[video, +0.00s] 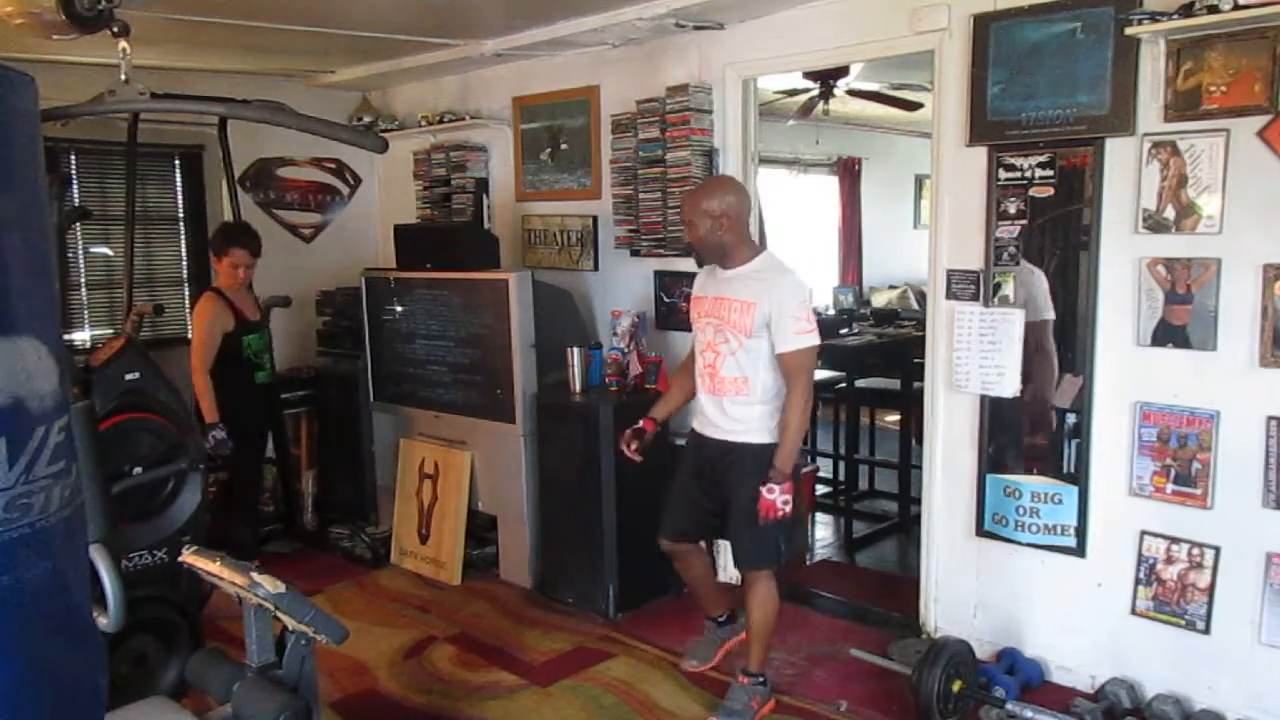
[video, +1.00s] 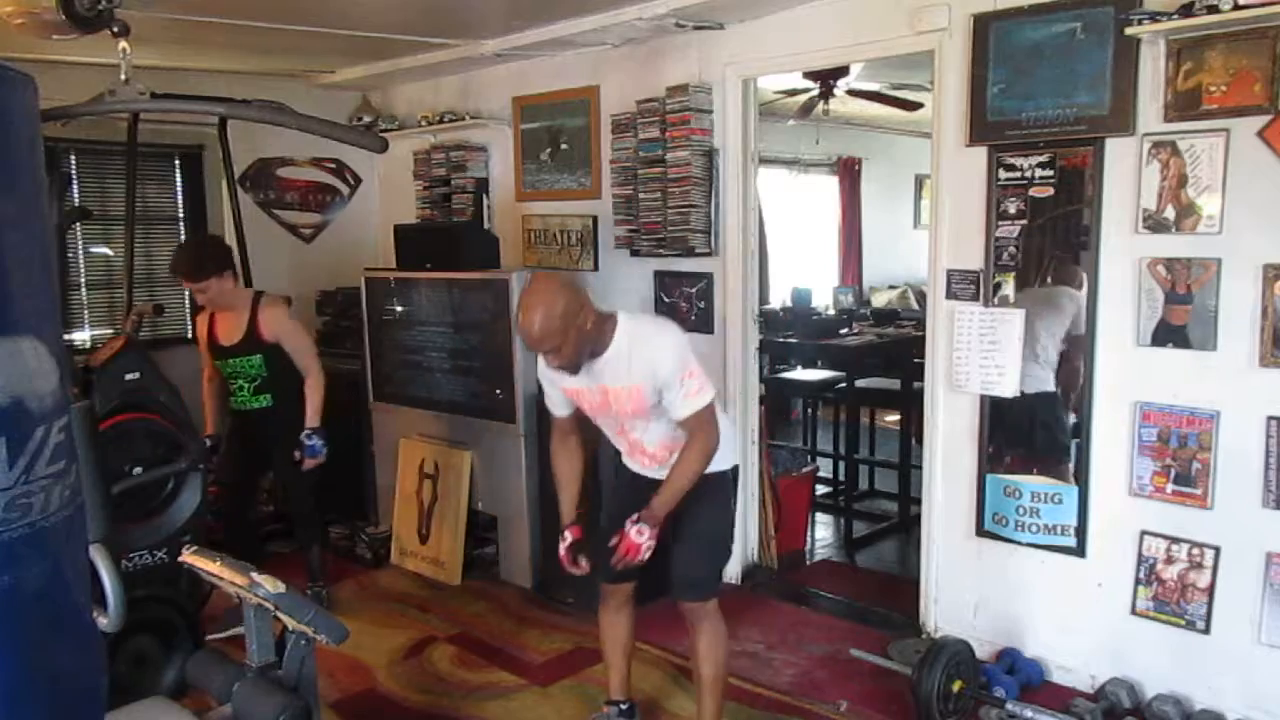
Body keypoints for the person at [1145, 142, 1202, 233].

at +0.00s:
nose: (1157, 158)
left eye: (1159, 153)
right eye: (1155, 156)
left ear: (1168, 150)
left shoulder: (1175, 161)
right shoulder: (1164, 166)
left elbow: (1170, 187)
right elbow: (1161, 188)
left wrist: (1160, 213)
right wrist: (1157, 212)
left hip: (1190, 211)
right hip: (1180, 212)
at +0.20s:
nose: (1157, 158)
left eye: (1159, 153)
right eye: (1155, 155)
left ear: (1168, 150)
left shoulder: (1175, 161)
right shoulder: (1164, 166)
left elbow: (1170, 187)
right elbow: (1161, 188)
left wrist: (1160, 213)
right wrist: (1157, 212)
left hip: (1190, 210)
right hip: (1180, 212)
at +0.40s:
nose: (1157, 158)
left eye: (1159, 153)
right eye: (1155, 155)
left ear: (1168, 150)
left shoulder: (1175, 161)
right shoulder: (1164, 166)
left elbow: (1170, 187)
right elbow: (1161, 188)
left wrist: (1160, 213)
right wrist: (1157, 212)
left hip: (1190, 210)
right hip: (1180, 212)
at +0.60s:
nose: (1157, 158)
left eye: (1159, 153)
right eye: (1155, 156)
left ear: (1168, 150)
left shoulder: (1174, 161)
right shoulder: (1164, 165)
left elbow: (1171, 187)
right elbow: (1161, 187)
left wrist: (1160, 212)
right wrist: (1157, 211)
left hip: (1190, 210)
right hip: (1180, 211)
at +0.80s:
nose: (1157, 158)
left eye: (1159, 153)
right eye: (1155, 156)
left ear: (1168, 150)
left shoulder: (1174, 161)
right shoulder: (1164, 165)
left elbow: (1171, 187)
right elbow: (1161, 187)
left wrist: (1160, 212)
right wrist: (1157, 211)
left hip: (1190, 210)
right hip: (1180, 211)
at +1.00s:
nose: (1157, 158)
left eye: (1159, 153)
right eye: (1155, 156)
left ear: (1168, 150)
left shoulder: (1174, 161)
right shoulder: (1164, 165)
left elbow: (1171, 187)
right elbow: (1161, 187)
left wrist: (1160, 212)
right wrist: (1157, 211)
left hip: (1190, 210)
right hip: (1180, 211)